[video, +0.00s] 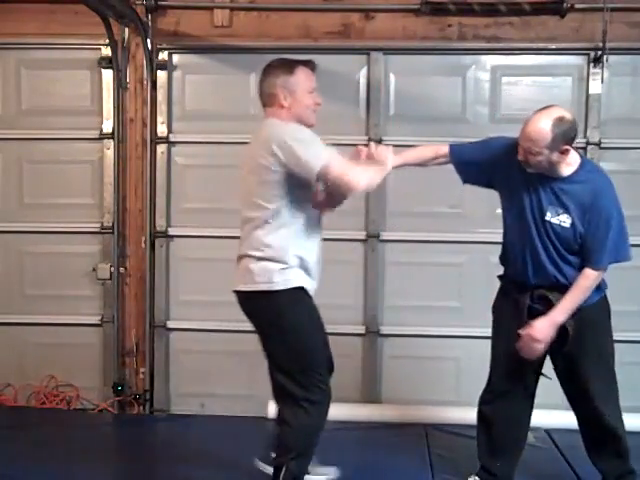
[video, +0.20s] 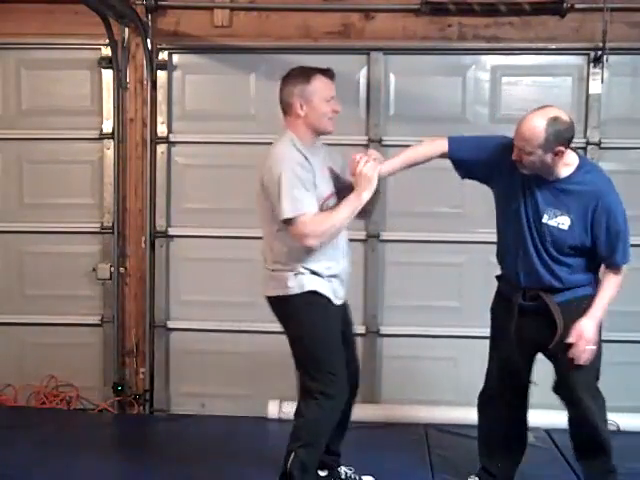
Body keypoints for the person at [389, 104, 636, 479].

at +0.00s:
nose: (521, 155)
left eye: (531, 151)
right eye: (521, 146)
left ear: (563, 151)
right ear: (522, 135)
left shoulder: (595, 189)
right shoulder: (509, 156)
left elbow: (595, 268)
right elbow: (446, 152)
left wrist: (551, 321)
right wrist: (392, 158)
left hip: (579, 306)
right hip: (518, 302)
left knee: (598, 405)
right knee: (503, 396)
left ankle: (619, 473)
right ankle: (492, 473)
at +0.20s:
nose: (516, 156)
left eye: (525, 151)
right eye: (516, 146)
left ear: (557, 152)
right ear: (516, 137)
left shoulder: (597, 191)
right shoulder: (506, 157)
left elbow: (614, 267)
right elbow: (441, 147)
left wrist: (592, 321)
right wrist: (381, 168)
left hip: (571, 306)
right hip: (513, 301)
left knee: (581, 396)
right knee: (500, 395)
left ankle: (600, 474)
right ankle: (494, 474)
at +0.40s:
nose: (518, 187)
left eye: (527, 184)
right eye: (519, 178)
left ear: (563, 183)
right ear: (521, 164)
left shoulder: (608, 216)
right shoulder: (518, 175)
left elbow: (635, 286)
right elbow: (444, 158)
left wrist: (620, 345)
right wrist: (383, 175)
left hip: (577, 319)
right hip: (524, 307)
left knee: (566, 424)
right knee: (498, 405)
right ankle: (494, 476)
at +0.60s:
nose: (507, 258)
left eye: (518, 258)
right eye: (508, 248)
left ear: (556, 253)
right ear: (513, 229)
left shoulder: (607, 263)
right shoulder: (509, 219)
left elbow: (636, 316)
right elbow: (431, 214)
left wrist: (622, 377)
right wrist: (372, 221)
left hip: (595, 322)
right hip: (539, 312)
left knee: (579, 417)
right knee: (519, 401)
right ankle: (495, 474)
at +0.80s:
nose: (504, 348)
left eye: (511, 346)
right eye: (504, 339)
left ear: (554, 333)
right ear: (508, 306)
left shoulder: (609, 319)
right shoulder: (489, 277)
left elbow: (637, 348)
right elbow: (420, 244)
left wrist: (616, 392)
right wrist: (363, 236)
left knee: (588, 424)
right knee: (522, 403)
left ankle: (580, 475)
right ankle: (496, 473)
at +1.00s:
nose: (510, 366)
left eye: (516, 366)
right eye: (508, 360)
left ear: (556, 354)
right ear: (511, 325)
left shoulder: (604, 340)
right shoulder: (488, 295)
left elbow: (632, 357)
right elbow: (420, 259)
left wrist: (600, 398)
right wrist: (364, 247)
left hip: (606, 280)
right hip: (538, 264)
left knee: (590, 420)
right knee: (521, 400)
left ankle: (581, 473)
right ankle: (499, 471)